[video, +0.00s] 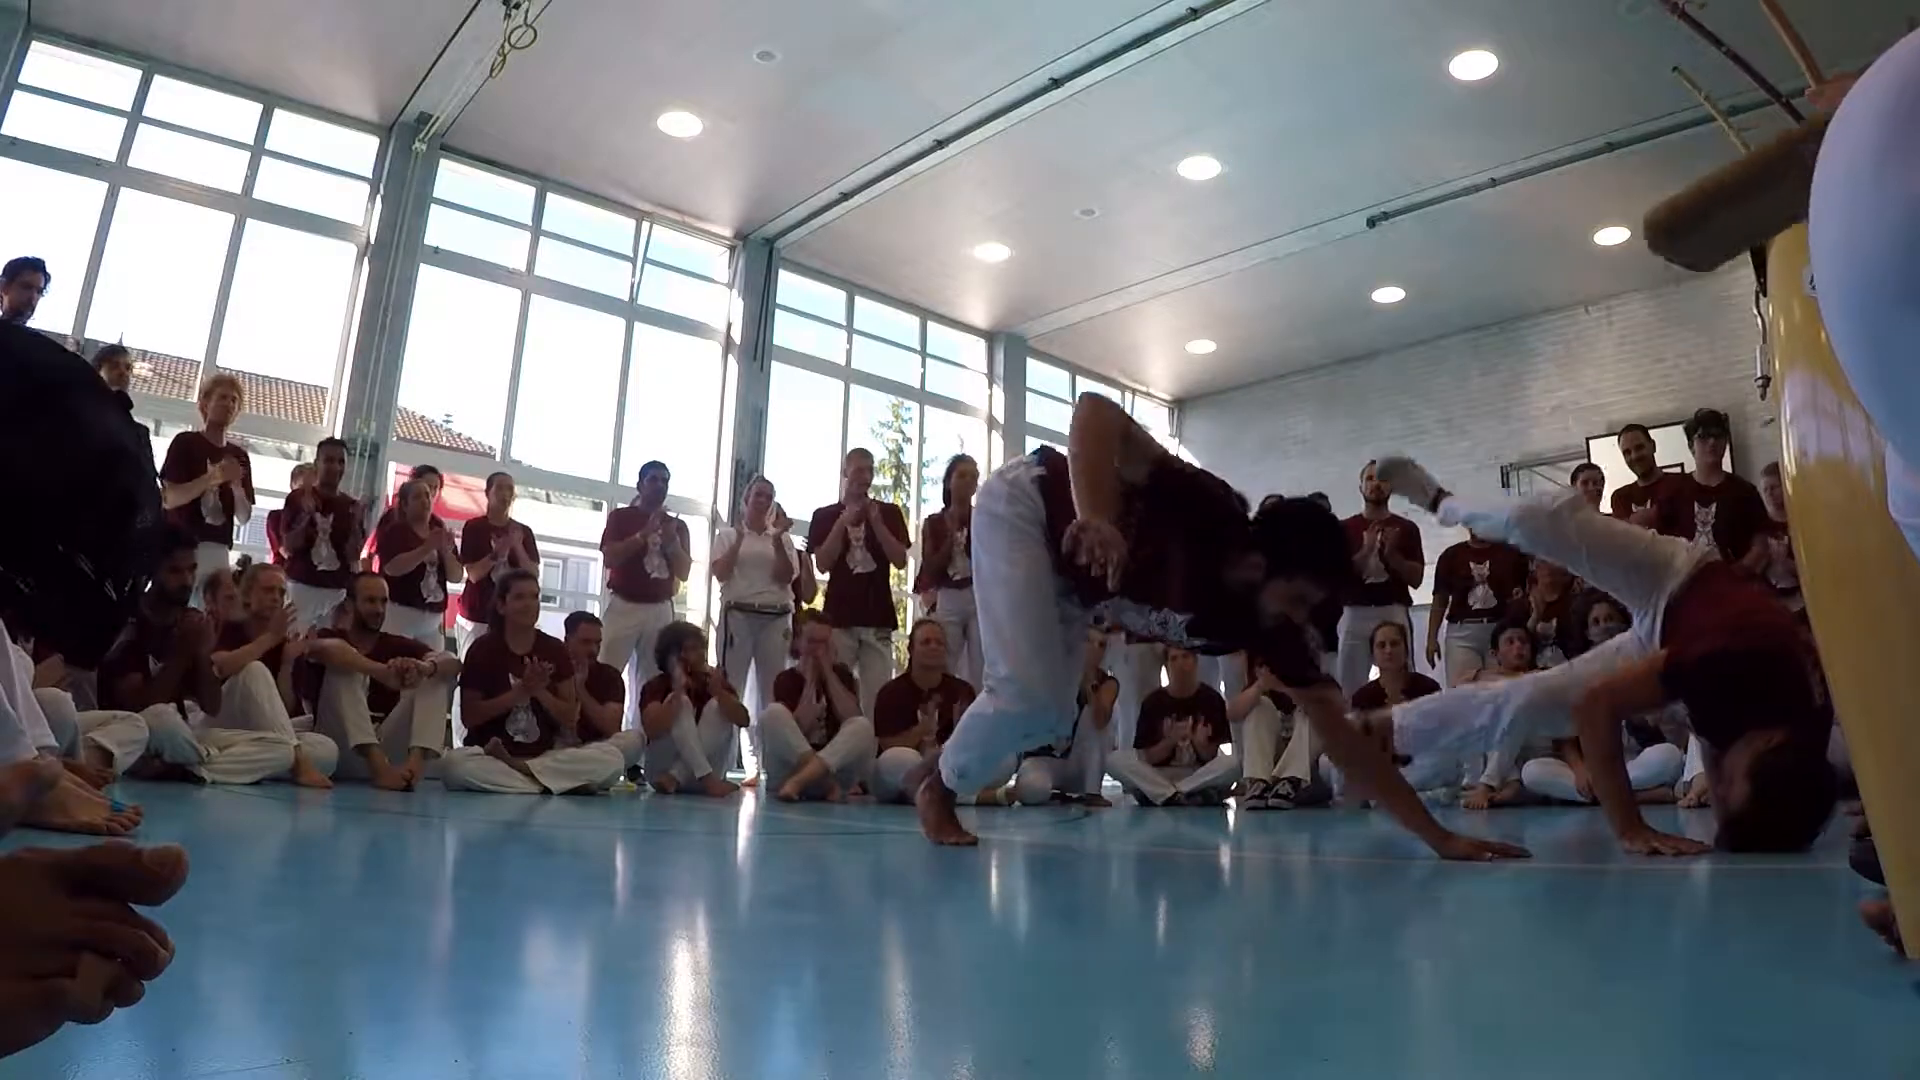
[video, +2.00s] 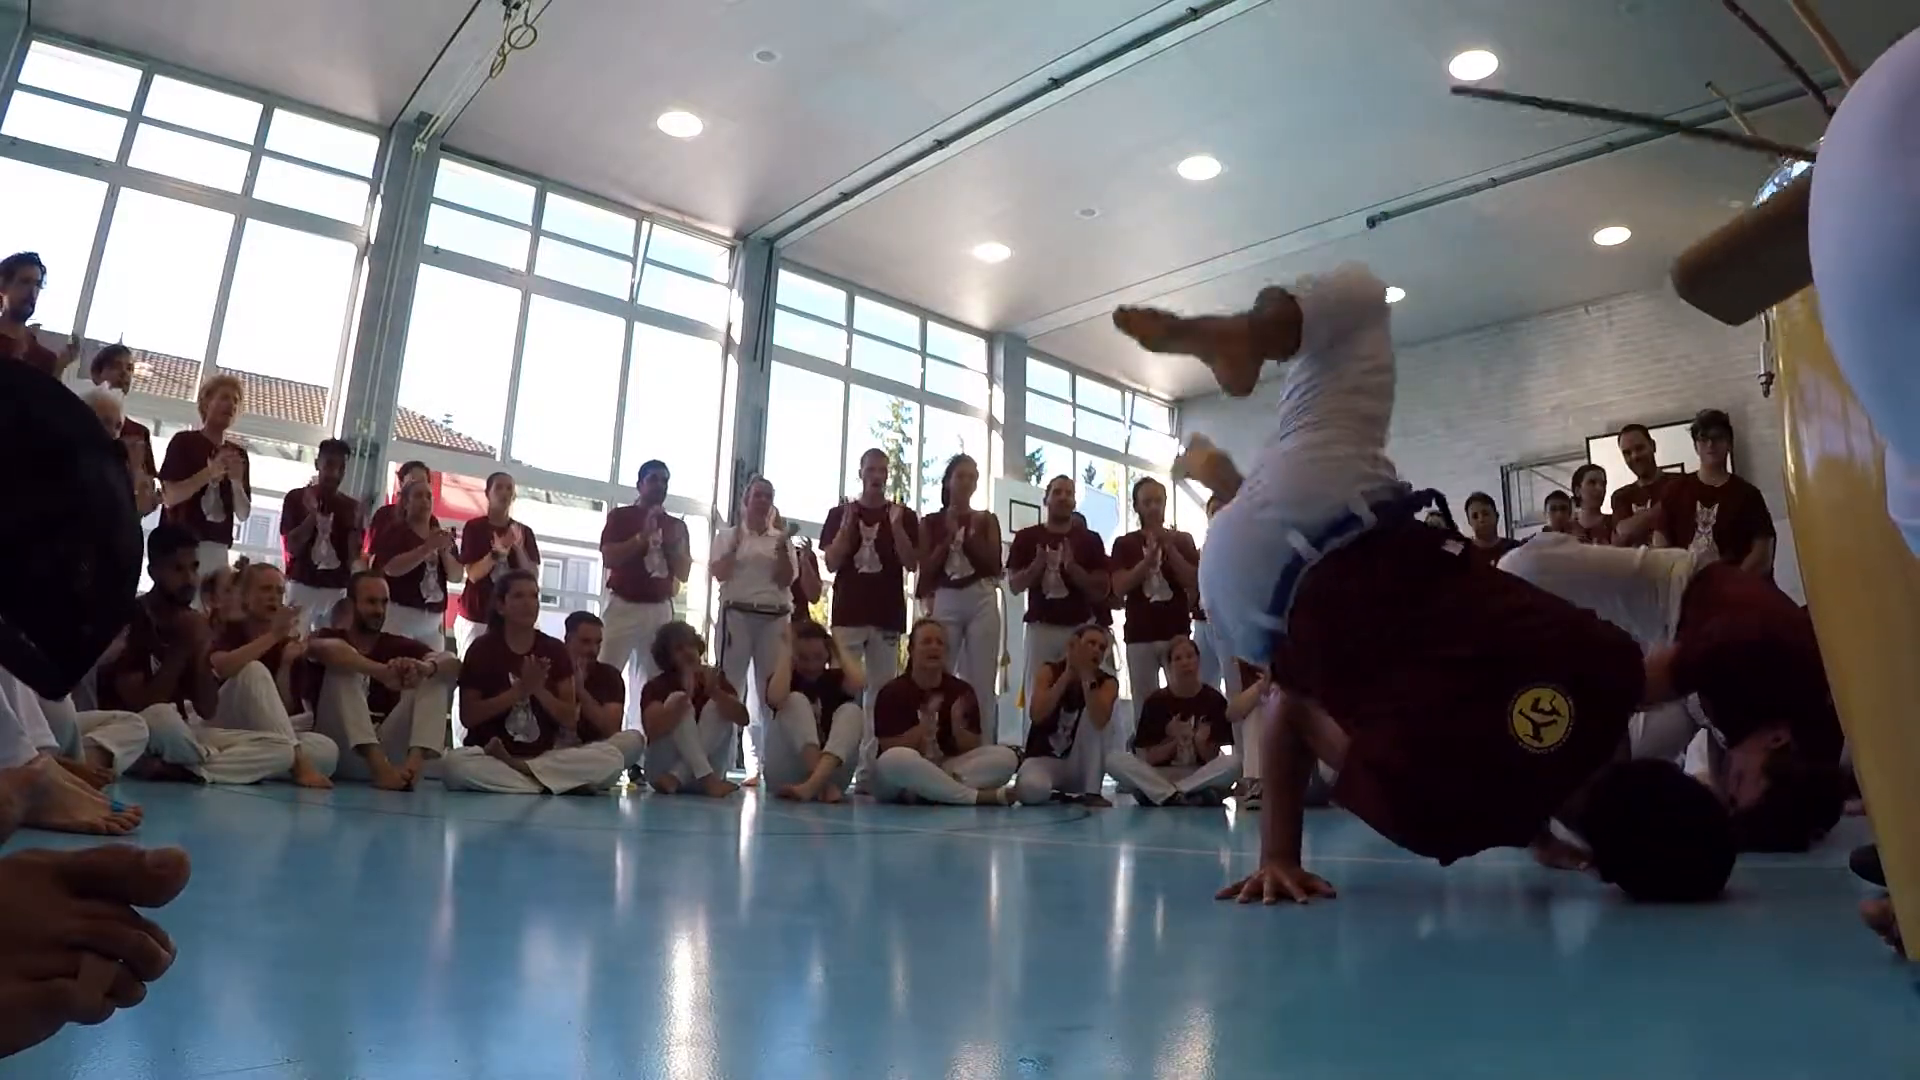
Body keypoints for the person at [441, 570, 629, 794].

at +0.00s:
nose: (530, 604)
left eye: (535, 597)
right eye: (520, 598)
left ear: (540, 603)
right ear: (501, 606)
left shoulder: (555, 648)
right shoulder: (482, 649)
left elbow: (569, 717)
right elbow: (470, 717)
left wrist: (539, 690)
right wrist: (523, 691)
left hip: (546, 757)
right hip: (490, 756)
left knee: (613, 759)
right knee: (454, 766)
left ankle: (525, 767)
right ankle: (544, 786)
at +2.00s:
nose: (530, 603)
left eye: (534, 597)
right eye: (520, 597)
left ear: (540, 603)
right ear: (501, 605)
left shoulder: (556, 649)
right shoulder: (481, 648)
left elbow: (570, 718)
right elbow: (468, 716)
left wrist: (536, 689)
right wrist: (521, 689)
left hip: (545, 756)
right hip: (488, 754)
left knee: (612, 759)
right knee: (454, 765)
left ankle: (522, 766)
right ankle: (549, 786)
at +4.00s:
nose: (539, 598)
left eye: (545, 593)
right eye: (530, 592)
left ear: (549, 603)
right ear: (511, 602)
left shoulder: (561, 650)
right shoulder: (488, 644)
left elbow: (571, 720)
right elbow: (471, 711)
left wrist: (540, 688)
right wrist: (526, 688)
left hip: (547, 756)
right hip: (490, 755)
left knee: (613, 759)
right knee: (454, 766)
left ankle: (522, 766)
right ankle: (551, 786)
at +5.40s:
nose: (539, 598)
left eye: (543, 593)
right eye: (529, 592)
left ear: (548, 601)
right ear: (509, 601)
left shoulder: (562, 649)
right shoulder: (487, 645)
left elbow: (572, 719)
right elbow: (473, 711)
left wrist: (544, 685)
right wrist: (527, 687)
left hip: (546, 757)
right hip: (492, 756)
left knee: (612, 760)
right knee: (454, 766)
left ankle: (523, 767)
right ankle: (548, 786)